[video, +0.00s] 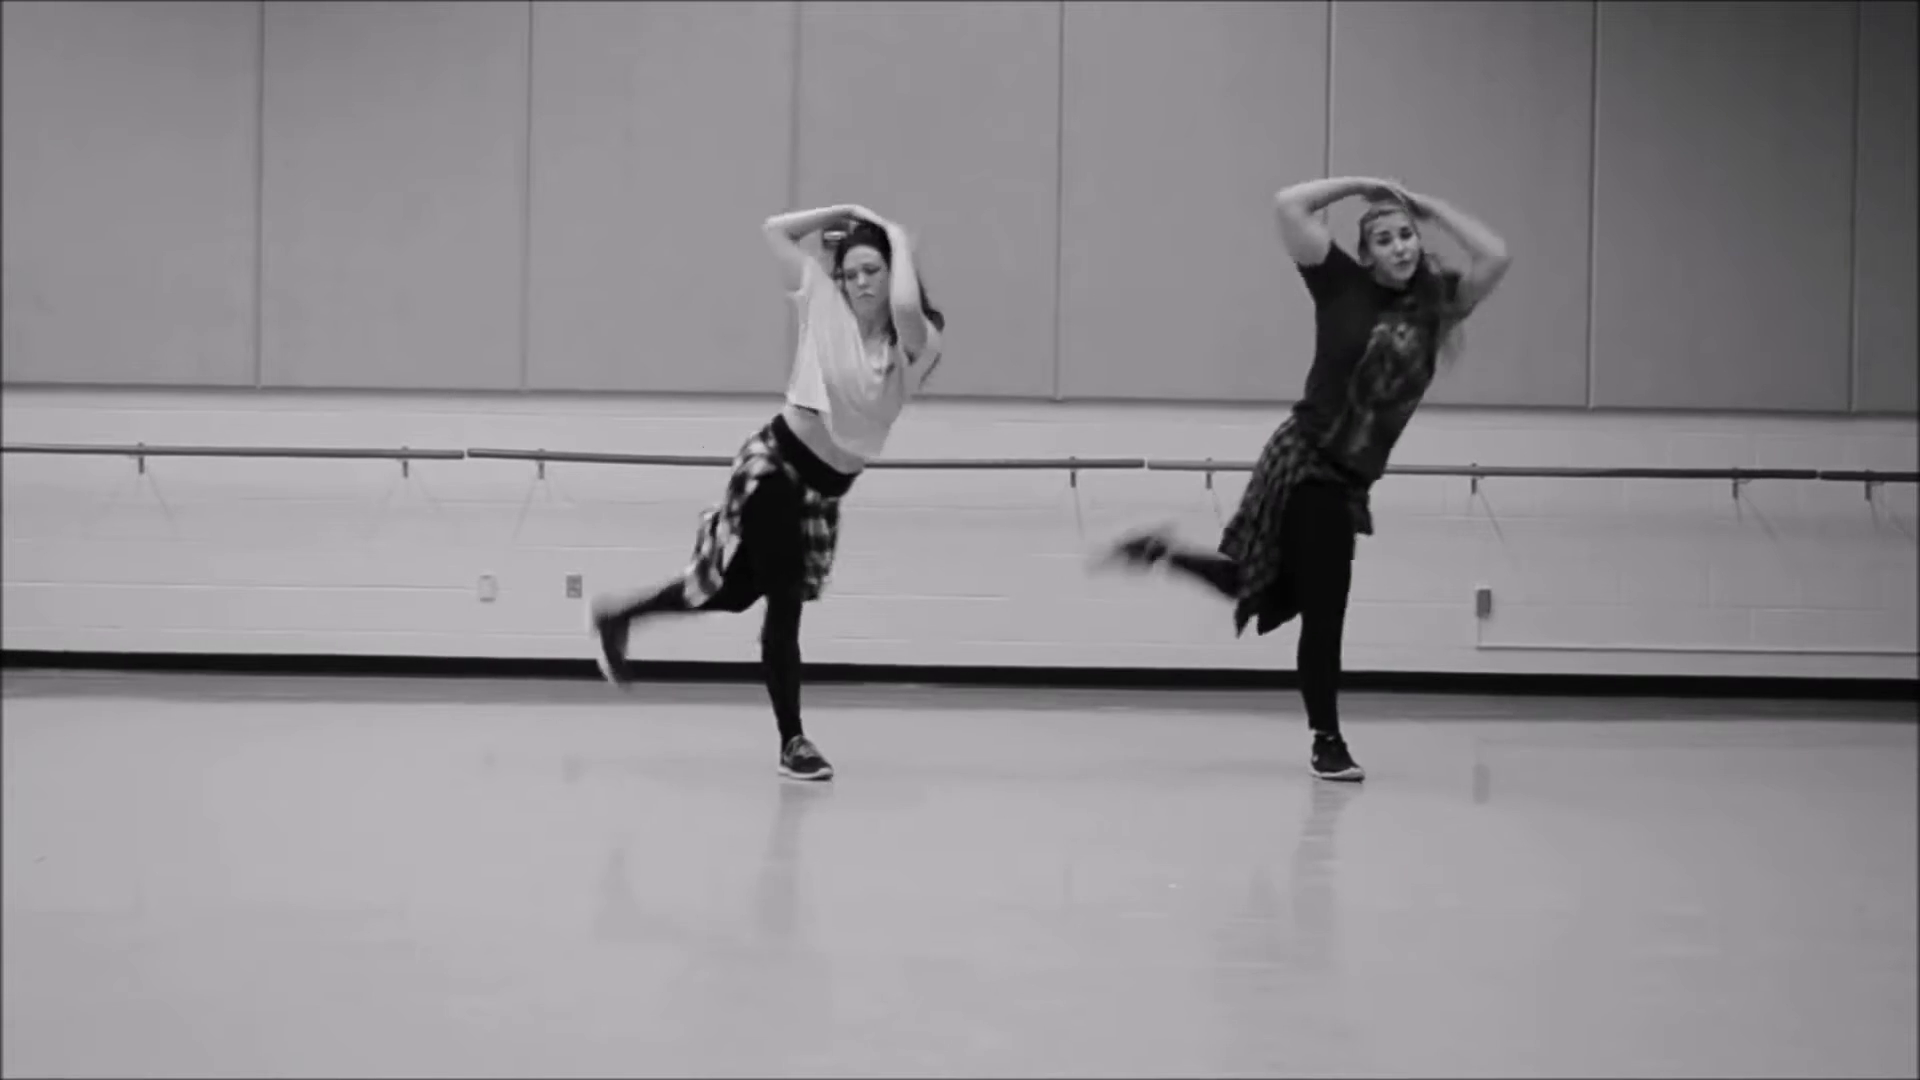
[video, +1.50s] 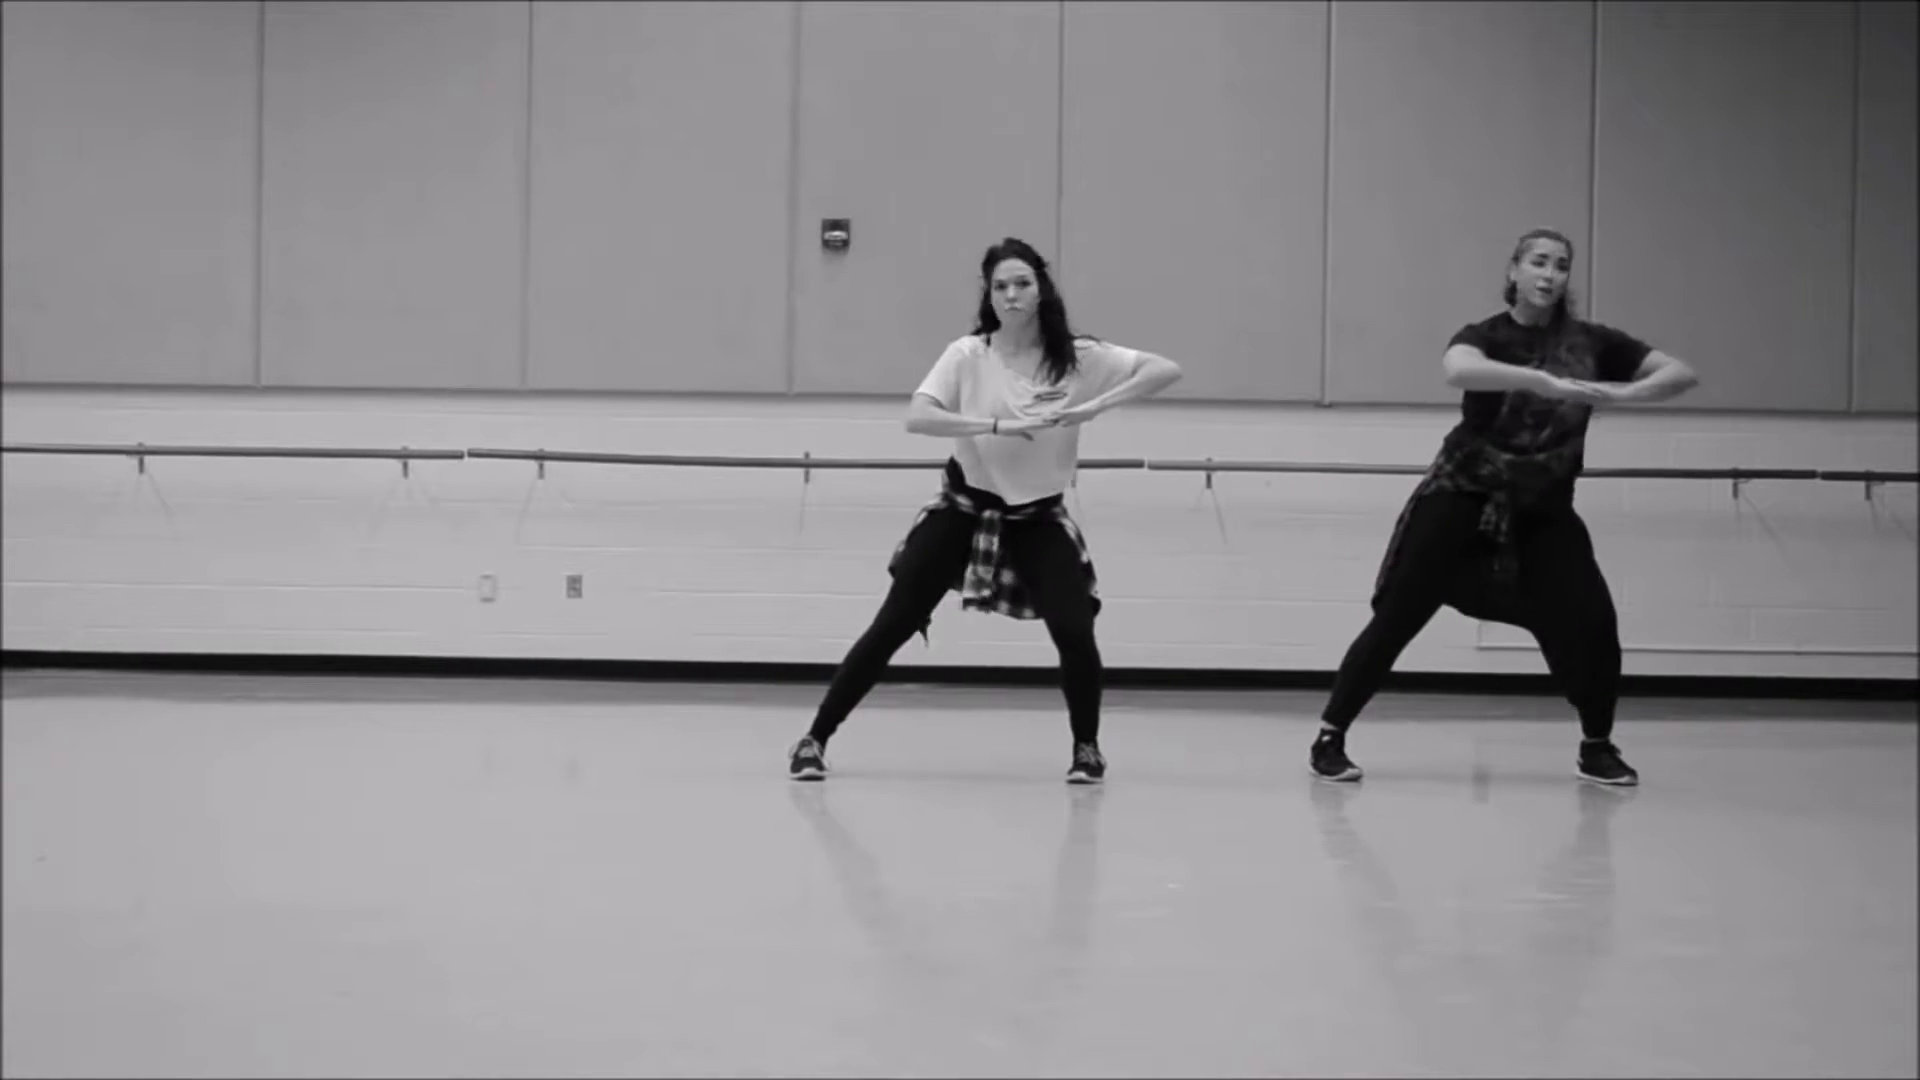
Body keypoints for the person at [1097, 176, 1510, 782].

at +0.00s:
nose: (1399, 248)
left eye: (1407, 235)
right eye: (1384, 240)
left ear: (1421, 243)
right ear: (1365, 252)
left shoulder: (1438, 302)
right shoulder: (1342, 286)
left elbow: (1494, 258)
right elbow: (1288, 205)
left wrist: (1430, 207)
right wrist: (1362, 184)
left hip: (1350, 479)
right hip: (1307, 464)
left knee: (1269, 591)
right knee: (1326, 608)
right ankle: (1327, 741)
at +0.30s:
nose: (1414, 241)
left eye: (1423, 229)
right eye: (1401, 231)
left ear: (1438, 239)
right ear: (1382, 243)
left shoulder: (1450, 293)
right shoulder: (1365, 297)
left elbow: (1473, 227)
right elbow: (1330, 301)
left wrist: (1411, 183)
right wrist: (1359, 222)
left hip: (1411, 475)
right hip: (1348, 471)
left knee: (1445, 595)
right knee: (1338, 608)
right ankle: (1326, 737)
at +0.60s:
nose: (1464, 241)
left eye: (1473, 232)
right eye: (1451, 233)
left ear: (1488, 245)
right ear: (1431, 249)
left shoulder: (1523, 314)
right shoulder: (1413, 322)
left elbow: (1580, 387)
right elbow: (1343, 385)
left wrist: (1513, 412)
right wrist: (1421, 405)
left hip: (1500, 493)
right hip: (1419, 494)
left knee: (1546, 621)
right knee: (1382, 618)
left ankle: (1594, 740)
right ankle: (1331, 738)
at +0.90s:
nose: (1518, 259)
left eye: (1529, 253)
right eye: (1506, 250)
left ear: (1539, 270)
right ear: (1483, 265)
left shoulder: (1568, 324)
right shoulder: (1463, 330)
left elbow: (1639, 360)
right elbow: (1396, 326)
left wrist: (1561, 389)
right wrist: (1474, 355)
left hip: (1540, 507)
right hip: (1454, 503)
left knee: (1596, 634)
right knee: (1396, 616)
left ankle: (1597, 748)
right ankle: (1328, 737)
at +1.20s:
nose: (1538, 270)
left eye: (1550, 264)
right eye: (1527, 259)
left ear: (1559, 279)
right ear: (1502, 271)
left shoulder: (1578, 339)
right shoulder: (1473, 346)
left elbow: (1656, 343)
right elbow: (1511, 414)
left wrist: (1585, 315)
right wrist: (1548, 347)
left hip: (1542, 509)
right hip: (1459, 501)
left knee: (1590, 621)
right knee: (1399, 614)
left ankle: (1597, 747)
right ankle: (1328, 738)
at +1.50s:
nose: (1550, 272)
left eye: (1560, 266)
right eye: (1538, 262)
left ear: (1569, 280)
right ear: (1513, 273)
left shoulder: (1591, 342)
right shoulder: (1487, 334)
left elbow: (1682, 373)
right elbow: (1456, 368)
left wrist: (1627, 395)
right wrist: (1542, 382)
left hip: (1544, 510)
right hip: (1461, 501)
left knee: (1594, 623)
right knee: (1398, 617)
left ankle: (1597, 747)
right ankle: (1330, 737)